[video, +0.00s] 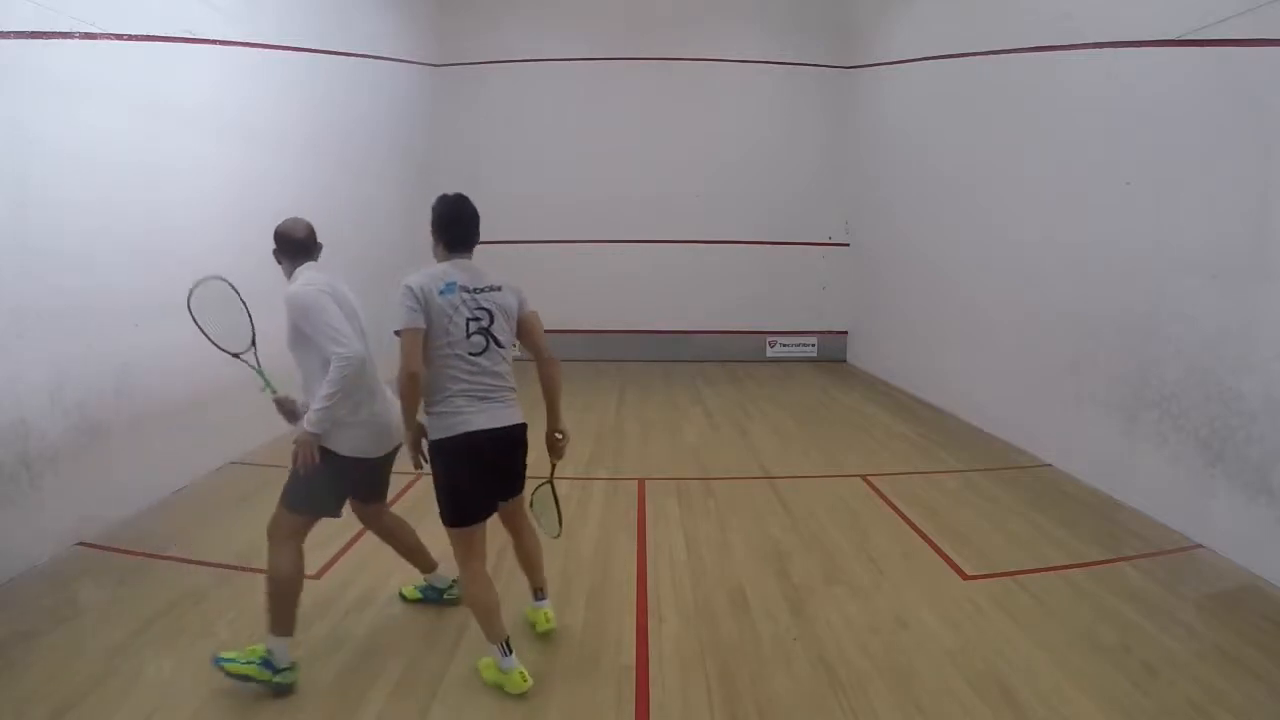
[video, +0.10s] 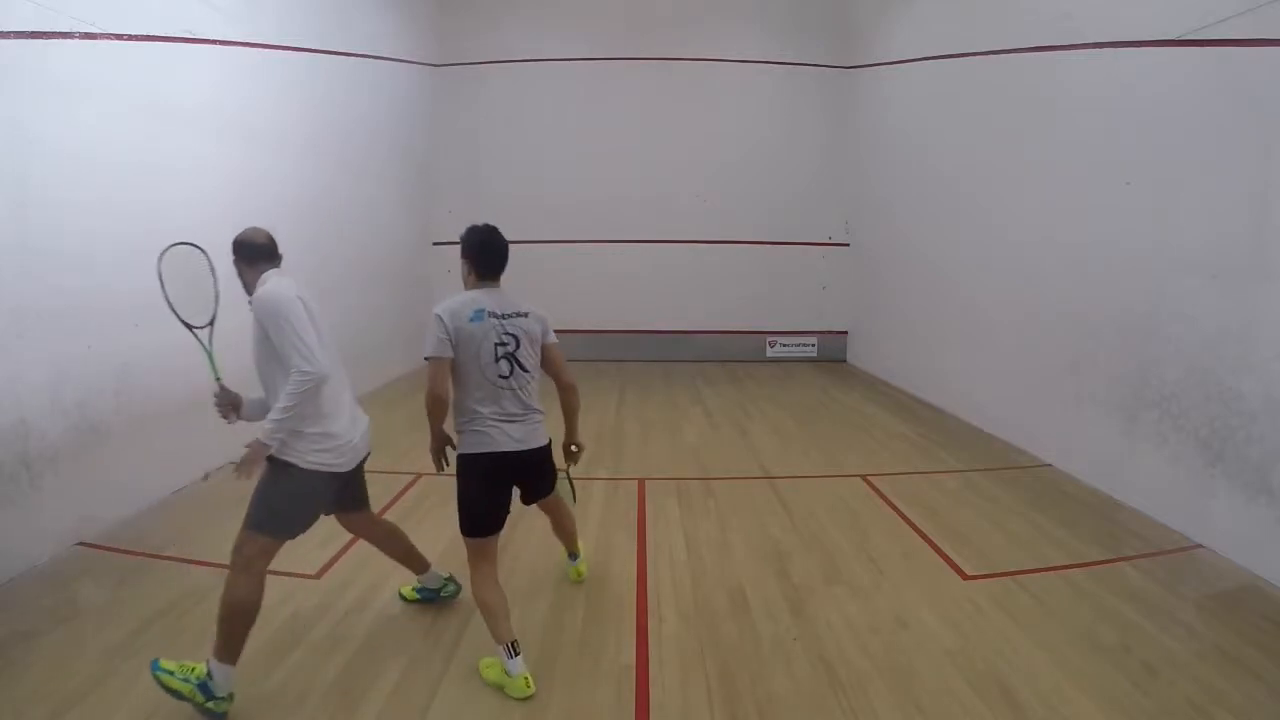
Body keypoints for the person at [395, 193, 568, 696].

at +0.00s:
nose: (431, 238)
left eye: (430, 231)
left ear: (433, 236)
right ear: (476, 236)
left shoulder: (418, 287)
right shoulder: (504, 290)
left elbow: (412, 370)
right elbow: (546, 359)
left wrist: (410, 425)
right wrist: (554, 424)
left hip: (456, 442)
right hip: (509, 433)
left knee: (471, 561)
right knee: (516, 512)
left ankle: (506, 659)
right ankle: (541, 603)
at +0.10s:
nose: (458, 264)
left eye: (460, 258)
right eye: (463, 257)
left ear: (466, 264)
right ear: (504, 265)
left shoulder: (447, 314)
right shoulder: (530, 317)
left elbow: (439, 390)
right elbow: (566, 382)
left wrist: (437, 432)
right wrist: (572, 432)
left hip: (481, 458)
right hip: (534, 449)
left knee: (483, 564)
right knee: (551, 500)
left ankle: (514, 667)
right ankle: (576, 558)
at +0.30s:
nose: (507, 278)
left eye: (509, 273)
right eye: (509, 271)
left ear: (519, 277)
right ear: (545, 279)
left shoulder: (506, 322)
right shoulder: (569, 321)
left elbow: (500, 387)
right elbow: (600, 377)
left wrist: (478, 426)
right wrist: (596, 417)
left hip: (527, 442)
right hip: (570, 432)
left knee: (509, 528)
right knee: (582, 475)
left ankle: (524, 599)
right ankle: (603, 537)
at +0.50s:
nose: (512, 250)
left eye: (513, 244)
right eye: (514, 244)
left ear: (520, 248)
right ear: (548, 249)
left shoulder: (515, 286)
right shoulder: (569, 289)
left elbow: (515, 346)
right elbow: (596, 343)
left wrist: (499, 390)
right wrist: (582, 379)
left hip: (527, 400)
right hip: (566, 396)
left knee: (495, 470)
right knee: (570, 452)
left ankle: (527, 542)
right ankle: (601, 517)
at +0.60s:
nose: (508, 253)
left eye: (509, 247)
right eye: (510, 247)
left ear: (513, 251)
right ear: (542, 251)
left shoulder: (510, 287)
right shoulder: (562, 288)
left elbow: (513, 343)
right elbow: (588, 339)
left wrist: (497, 387)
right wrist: (576, 372)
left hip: (524, 397)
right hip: (564, 393)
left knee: (484, 460)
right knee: (572, 446)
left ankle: (490, 538)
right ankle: (604, 506)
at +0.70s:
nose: (505, 277)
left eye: (504, 273)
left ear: (504, 276)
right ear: (533, 276)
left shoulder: (501, 311)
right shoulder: (553, 310)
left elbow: (503, 364)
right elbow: (581, 357)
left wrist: (487, 407)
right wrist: (566, 388)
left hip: (528, 412)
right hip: (564, 407)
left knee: (471, 458)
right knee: (576, 452)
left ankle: (459, 529)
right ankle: (610, 510)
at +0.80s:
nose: (484, 295)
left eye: (484, 291)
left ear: (485, 294)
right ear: (514, 293)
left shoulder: (484, 329)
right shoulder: (534, 325)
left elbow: (483, 382)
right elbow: (565, 375)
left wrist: (465, 427)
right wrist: (553, 405)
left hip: (517, 425)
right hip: (554, 419)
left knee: (458, 456)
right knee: (567, 456)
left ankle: (447, 523)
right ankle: (609, 510)